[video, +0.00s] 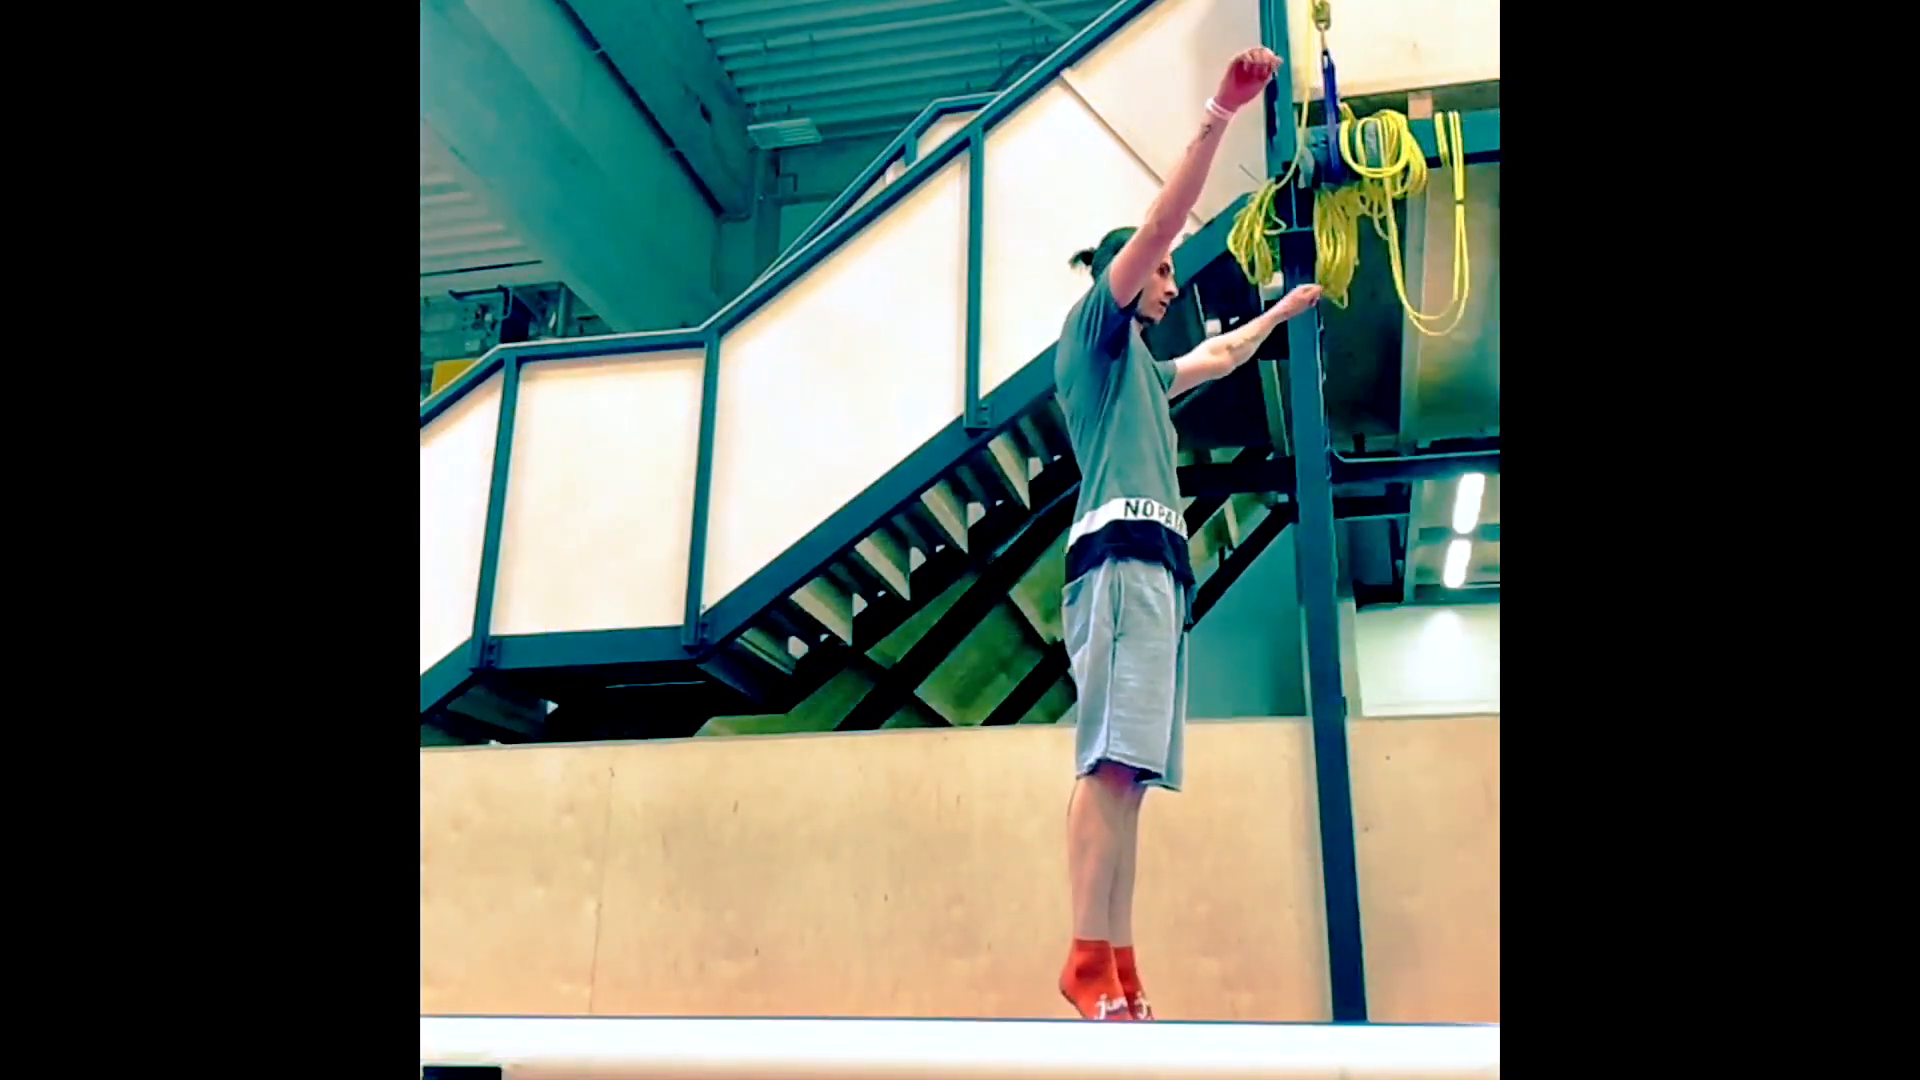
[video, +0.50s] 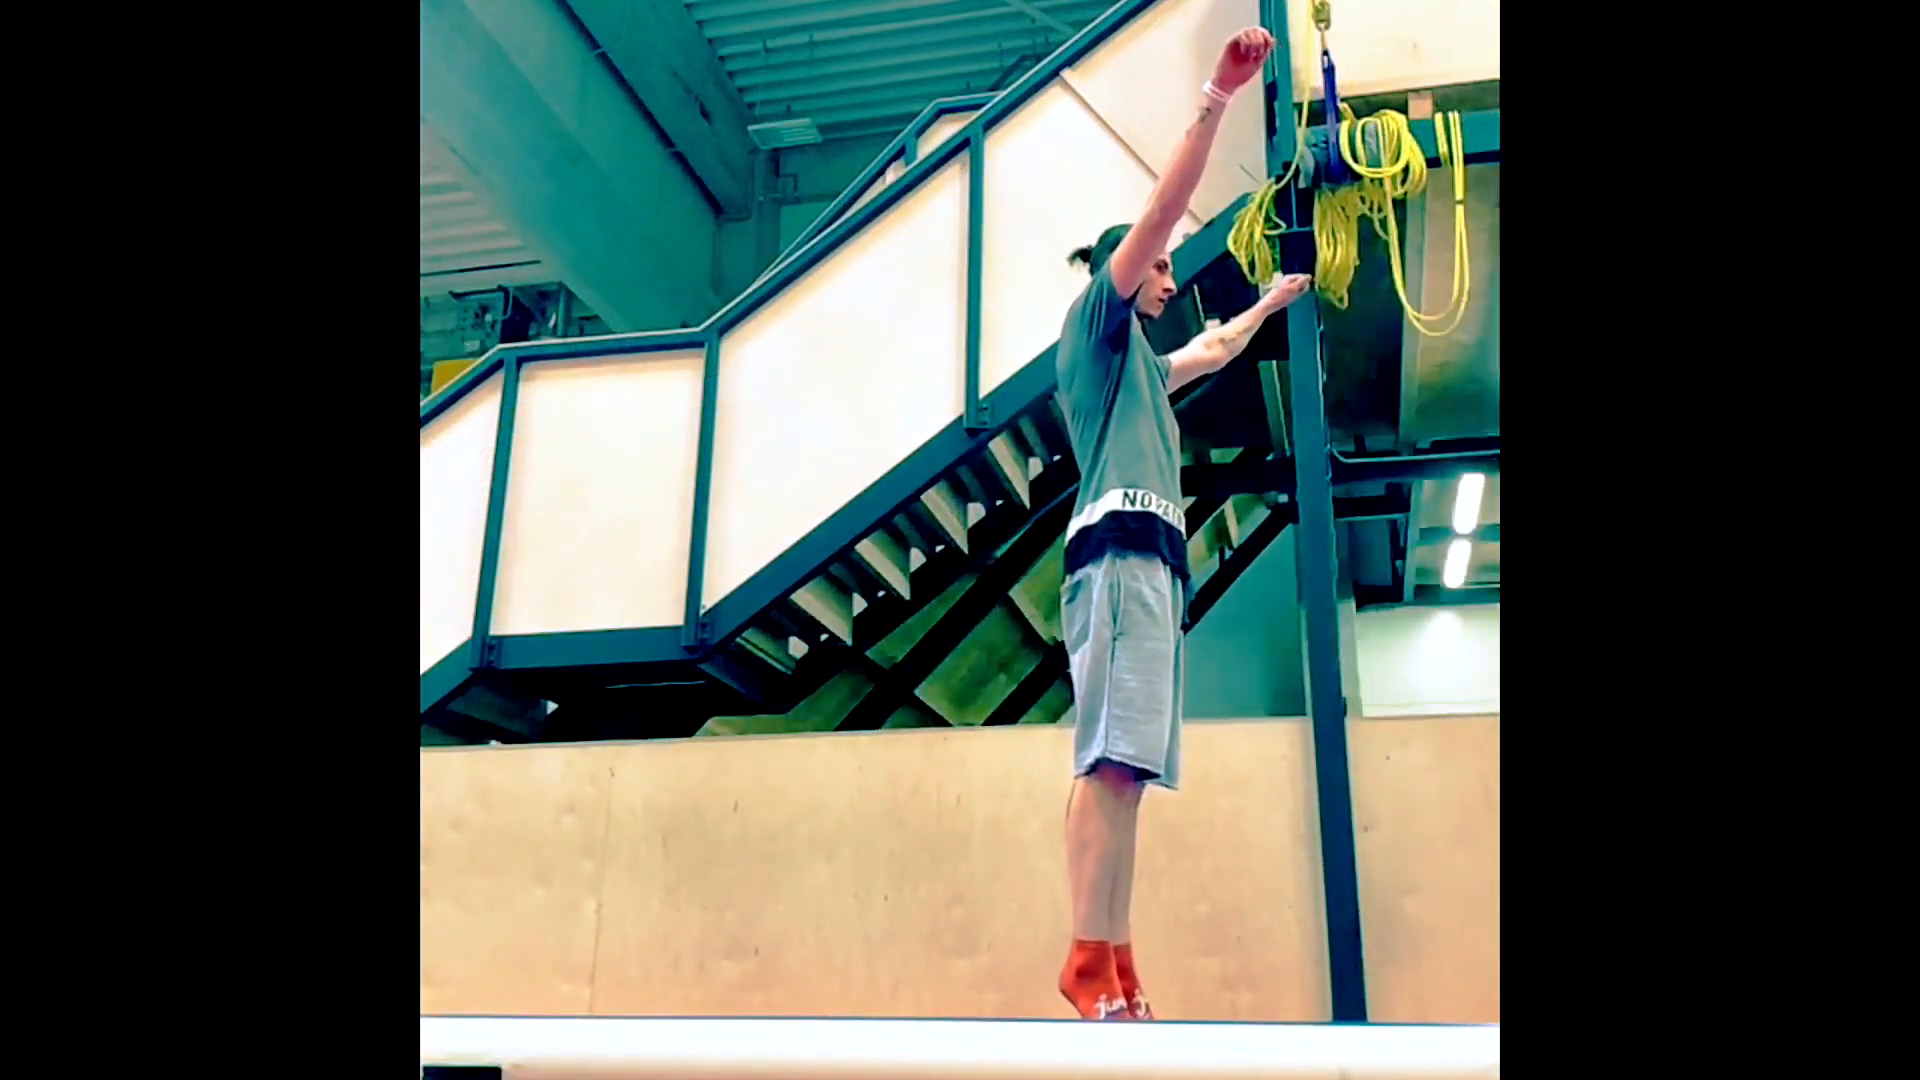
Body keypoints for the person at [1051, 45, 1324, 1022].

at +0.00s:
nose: (1164, 282)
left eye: (1163, 271)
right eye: (1149, 266)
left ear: (1147, 291)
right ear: (1113, 273)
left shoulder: (1141, 367)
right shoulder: (1094, 331)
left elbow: (1219, 352)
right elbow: (1164, 226)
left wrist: (1283, 307)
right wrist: (1218, 115)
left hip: (1152, 568)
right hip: (1121, 562)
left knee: (1129, 770)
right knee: (1112, 765)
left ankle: (1118, 970)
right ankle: (1087, 965)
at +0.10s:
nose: (1164, 278)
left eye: (1165, 268)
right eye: (1152, 263)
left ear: (1148, 288)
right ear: (1116, 268)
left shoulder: (1140, 361)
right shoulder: (1096, 324)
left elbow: (1220, 345)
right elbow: (1167, 219)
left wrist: (1284, 296)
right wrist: (1221, 106)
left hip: (1149, 564)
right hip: (1120, 559)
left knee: (1129, 766)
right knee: (1114, 762)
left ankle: (1119, 963)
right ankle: (1089, 960)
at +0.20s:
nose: (1165, 275)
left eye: (1164, 265)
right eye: (1152, 260)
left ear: (1147, 284)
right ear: (1115, 264)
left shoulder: (1139, 358)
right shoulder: (1096, 319)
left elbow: (1219, 341)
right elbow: (1166, 216)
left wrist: (1285, 292)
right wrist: (1223, 102)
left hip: (1150, 556)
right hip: (1121, 549)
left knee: (1126, 760)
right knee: (1114, 756)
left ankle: (1117, 962)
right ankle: (1090, 959)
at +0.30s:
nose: (1164, 277)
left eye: (1165, 267)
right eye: (1151, 262)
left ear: (1150, 286)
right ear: (1115, 267)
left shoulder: (1142, 362)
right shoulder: (1096, 324)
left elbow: (1220, 344)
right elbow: (1167, 216)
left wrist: (1286, 295)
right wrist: (1223, 102)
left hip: (1150, 562)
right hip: (1119, 556)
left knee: (1129, 766)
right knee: (1112, 761)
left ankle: (1117, 963)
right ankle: (1088, 961)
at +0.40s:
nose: (1163, 280)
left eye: (1165, 271)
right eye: (1151, 265)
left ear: (1151, 289)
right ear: (1116, 270)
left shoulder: (1141, 364)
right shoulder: (1097, 326)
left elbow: (1216, 347)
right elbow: (1166, 215)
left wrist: (1281, 296)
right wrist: (1219, 101)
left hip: (1149, 565)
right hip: (1118, 558)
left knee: (1127, 770)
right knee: (1110, 765)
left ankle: (1116, 969)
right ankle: (1084, 968)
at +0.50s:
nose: (1164, 278)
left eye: (1166, 268)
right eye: (1153, 262)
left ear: (1148, 286)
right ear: (1118, 266)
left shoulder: (1137, 361)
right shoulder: (1097, 319)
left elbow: (1213, 345)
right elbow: (1165, 209)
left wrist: (1273, 299)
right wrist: (1215, 99)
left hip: (1149, 559)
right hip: (1120, 552)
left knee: (1127, 766)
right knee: (1112, 762)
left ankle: (1115, 964)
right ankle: (1086, 962)